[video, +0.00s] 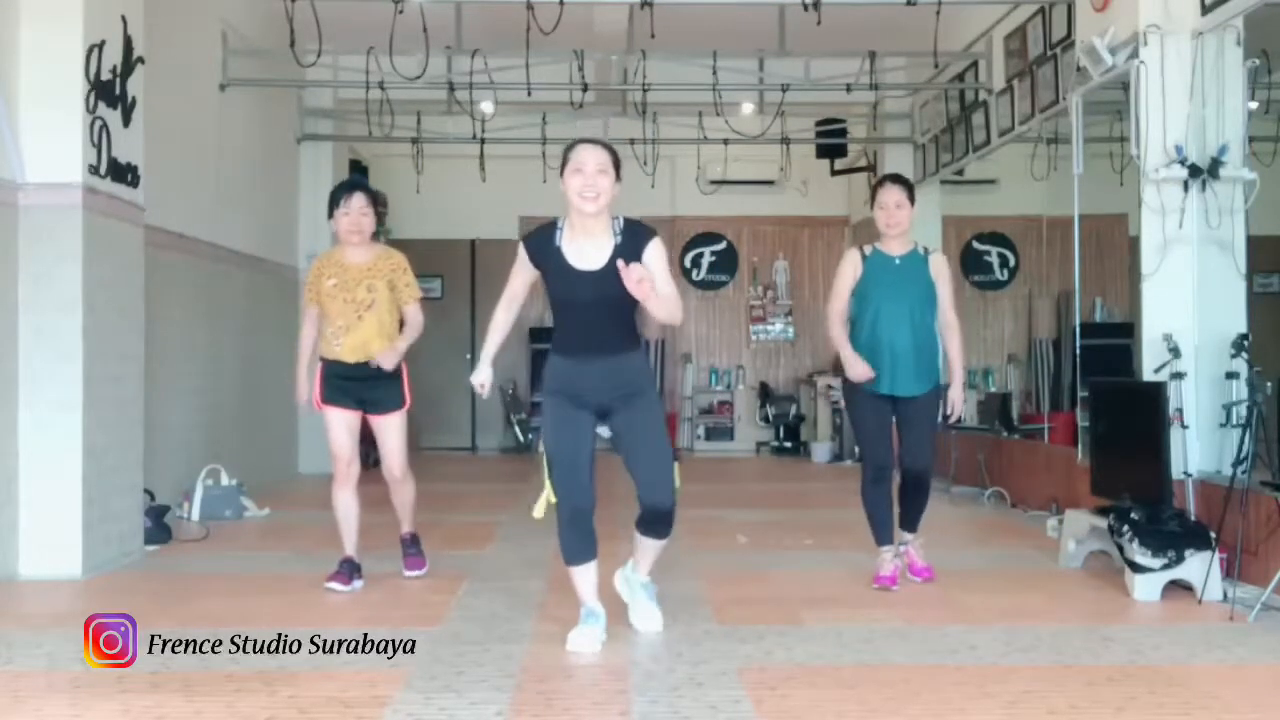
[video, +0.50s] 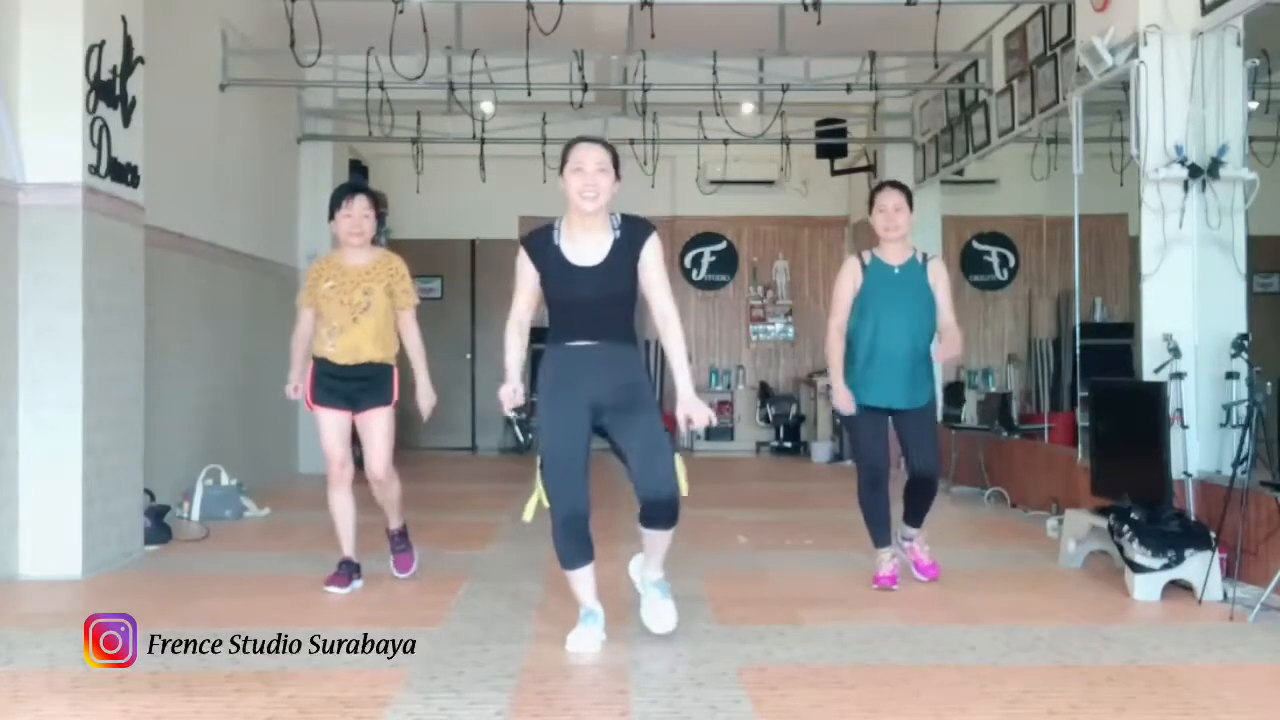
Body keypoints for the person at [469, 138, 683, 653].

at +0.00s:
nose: (589, 180)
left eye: (600, 172)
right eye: (579, 171)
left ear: (616, 183)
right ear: (562, 182)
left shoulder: (642, 242)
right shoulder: (539, 245)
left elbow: (675, 315)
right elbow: (508, 306)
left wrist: (646, 296)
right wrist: (485, 361)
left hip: (632, 386)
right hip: (565, 389)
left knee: (661, 499)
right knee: (574, 503)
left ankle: (637, 576)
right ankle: (590, 611)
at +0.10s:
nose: (591, 176)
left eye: (602, 167)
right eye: (580, 167)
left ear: (618, 178)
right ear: (563, 177)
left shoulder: (642, 233)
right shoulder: (540, 237)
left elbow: (677, 301)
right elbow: (505, 288)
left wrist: (646, 267)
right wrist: (479, 348)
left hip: (630, 382)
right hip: (565, 386)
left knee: (668, 492)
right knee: (572, 503)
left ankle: (643, 573)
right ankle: (591, 612)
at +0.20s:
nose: (592, 161)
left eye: (603, 151)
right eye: (582, 151)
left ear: (619, 160)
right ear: (564, 160)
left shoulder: (640, 208)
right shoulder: (542, 216)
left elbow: (678, 270)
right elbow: (505, 262)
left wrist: (652, 250)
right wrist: (485, 327)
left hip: (632, 365)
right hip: (568, 368)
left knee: (652, 488)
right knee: (578, 493)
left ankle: (651, 589)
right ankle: (590, 609)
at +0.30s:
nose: (594, 163)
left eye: (605, 153)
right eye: (583, 153)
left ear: (620, 161)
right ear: (566, 161)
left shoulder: (637, 202)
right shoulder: (543, 217)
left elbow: (664, 248)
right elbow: (509, 269)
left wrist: (668, 288)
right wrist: (491, 336)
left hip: (634, 361)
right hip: (571, 366)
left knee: (642, 487)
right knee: (577, 492)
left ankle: (647, 594)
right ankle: (591, 609)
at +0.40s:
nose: (592, 168)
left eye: (603, 159)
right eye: (581, 158)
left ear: (618, 169)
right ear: (564, 166)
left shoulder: (639, 220)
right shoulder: (540, 232)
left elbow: (667, 290)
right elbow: (519, 302)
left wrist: (680, 353)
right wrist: (504, 364)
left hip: (630, 367)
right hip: (566, 370)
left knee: (649, 492)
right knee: (575, 497)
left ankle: (648, 586)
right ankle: (590, 610)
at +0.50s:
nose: (589, 180)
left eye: (600, 171)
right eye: (579, 171)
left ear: (616, 182)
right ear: (562, 180)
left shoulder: (640, 238)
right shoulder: (537, 247)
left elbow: (666, 317)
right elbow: (519, 320)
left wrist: (685, 391)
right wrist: (514, 377)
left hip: (627, 379)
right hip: (561, 381)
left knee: (662, 492)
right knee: (567, 505)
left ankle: (651, 573)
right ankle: (589, 611)